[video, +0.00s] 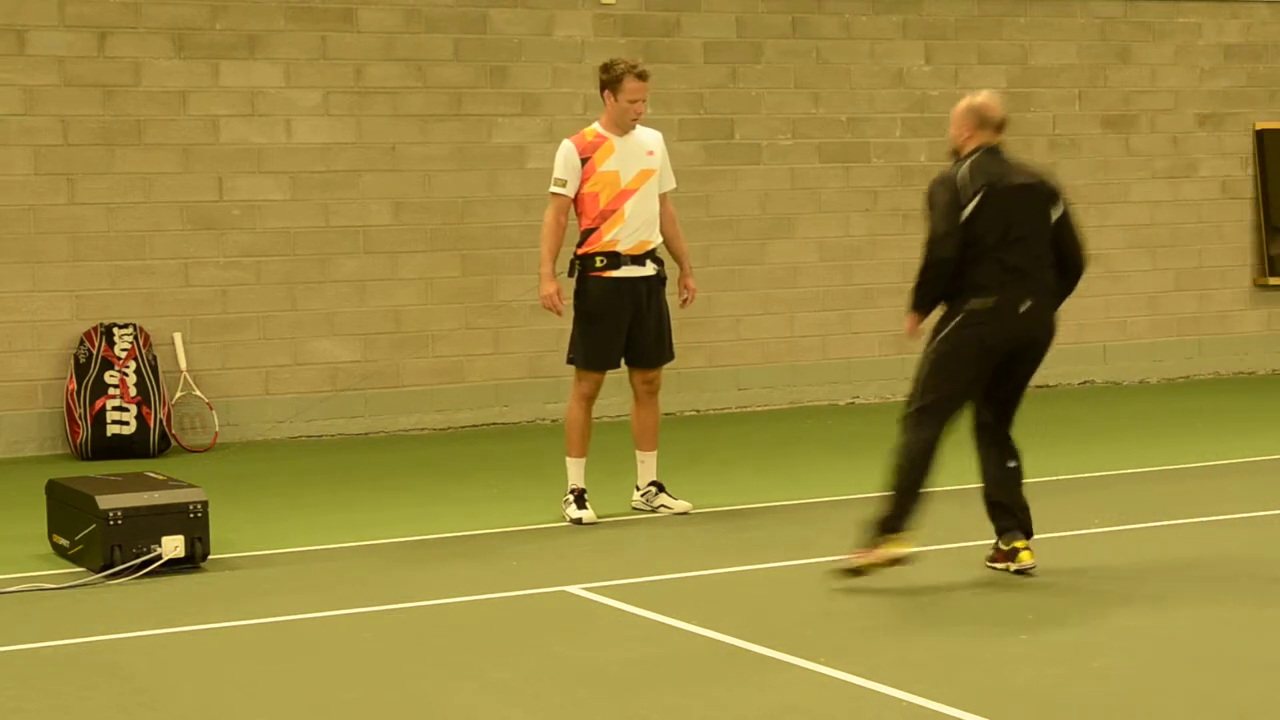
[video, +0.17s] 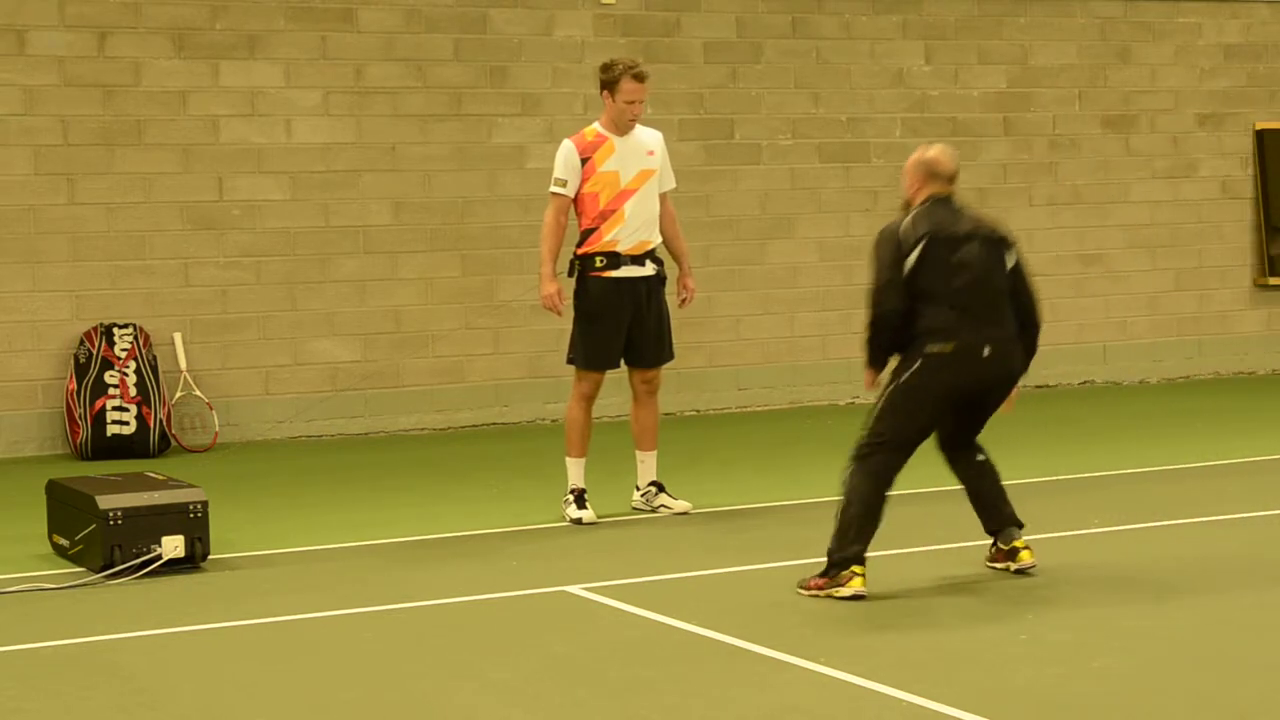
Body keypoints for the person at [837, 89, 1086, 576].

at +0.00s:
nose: (950, 132)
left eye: (954, 124)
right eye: (953, 123)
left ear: (966, 128)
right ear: (996, 130)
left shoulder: (953, 182)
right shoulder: (1039, 183)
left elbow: (944, 250)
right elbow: (1071, 260)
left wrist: (919, 306)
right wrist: (1039, 304)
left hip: (976, 320)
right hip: (1034, 323)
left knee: (924, 416)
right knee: (994, 425)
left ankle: (889, 533)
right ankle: (1014, 539)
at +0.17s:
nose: (903, 185)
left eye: (906, 177)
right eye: (906, 176)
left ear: (917, 181)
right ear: (949, 183)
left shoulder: (900, 234)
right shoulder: (994, 234)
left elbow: (891, 307)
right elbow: (1027, 316)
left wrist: (876, 359)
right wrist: (1012, 375)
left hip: (934, 362)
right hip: (995, 365)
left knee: (874, 456)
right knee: (959, 441)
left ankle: (845, 566)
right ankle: (1010, 539)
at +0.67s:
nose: (979, 166)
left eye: (983, 159)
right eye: (983, 157)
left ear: (994, 163)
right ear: (1026, 165)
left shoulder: (967, 209)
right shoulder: (1059, 220)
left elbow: (935, 273)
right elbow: (1083, 296)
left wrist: (907, 332)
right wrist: (1075, 360)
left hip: (984, 342)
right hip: (1044, 351)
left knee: (924, 426)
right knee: (1006, 433)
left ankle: (891, 527)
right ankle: (1012, 539)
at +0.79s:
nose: (1008, 146)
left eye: (1012, 137)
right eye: (1011, 137)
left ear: (1028, 142)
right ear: (1056, 145)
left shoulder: (1005, 188)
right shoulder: (1091, 197)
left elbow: (977, 248)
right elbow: (1097, 272)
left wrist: (949, 309)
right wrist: (1076, 320)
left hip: (1023, 323)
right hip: (1085, 330)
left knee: (983, 400)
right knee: (1041, 424)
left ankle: (986, 508)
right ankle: (1017, 533)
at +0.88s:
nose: (1027, 127)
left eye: (1032, 118)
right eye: (1031, 118)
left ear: (1047, 124)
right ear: (1073, 126)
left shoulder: (1028, 172)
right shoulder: (1112, 179)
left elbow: (1011, 235)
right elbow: (1112, 250)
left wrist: (980, 297)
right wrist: (1046, 275)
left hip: (1050, 308)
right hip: (1112, 310)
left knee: (1027, 393)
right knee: (1071, 409)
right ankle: (1035, 519)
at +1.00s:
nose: (1059, 126)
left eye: (1065, 118)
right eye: (1061, 117)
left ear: (1085, 122)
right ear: (1106, 122)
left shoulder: (1063, 176)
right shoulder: (1147, 175)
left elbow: (1050, 246)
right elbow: (1156, 245)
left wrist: (1024, 310)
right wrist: (1130, 286)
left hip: (1092, 318)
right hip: (1151, 315)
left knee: (1087, 408)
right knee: (1132, 408)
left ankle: (1125, 508)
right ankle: (1123, 511)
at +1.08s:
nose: (1080, 132)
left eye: (1086, 124)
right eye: (1084, 123)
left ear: (1105, 130)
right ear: (1127, 132)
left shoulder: (1086, 187)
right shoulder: (1172, 183)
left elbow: (1073, 264)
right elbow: (1189, 256)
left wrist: (1049, 331)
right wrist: (1168, 294)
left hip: (1116, 325)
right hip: (1176, 321)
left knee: (1108, 417)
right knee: (1183, 408)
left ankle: (1135, 524)